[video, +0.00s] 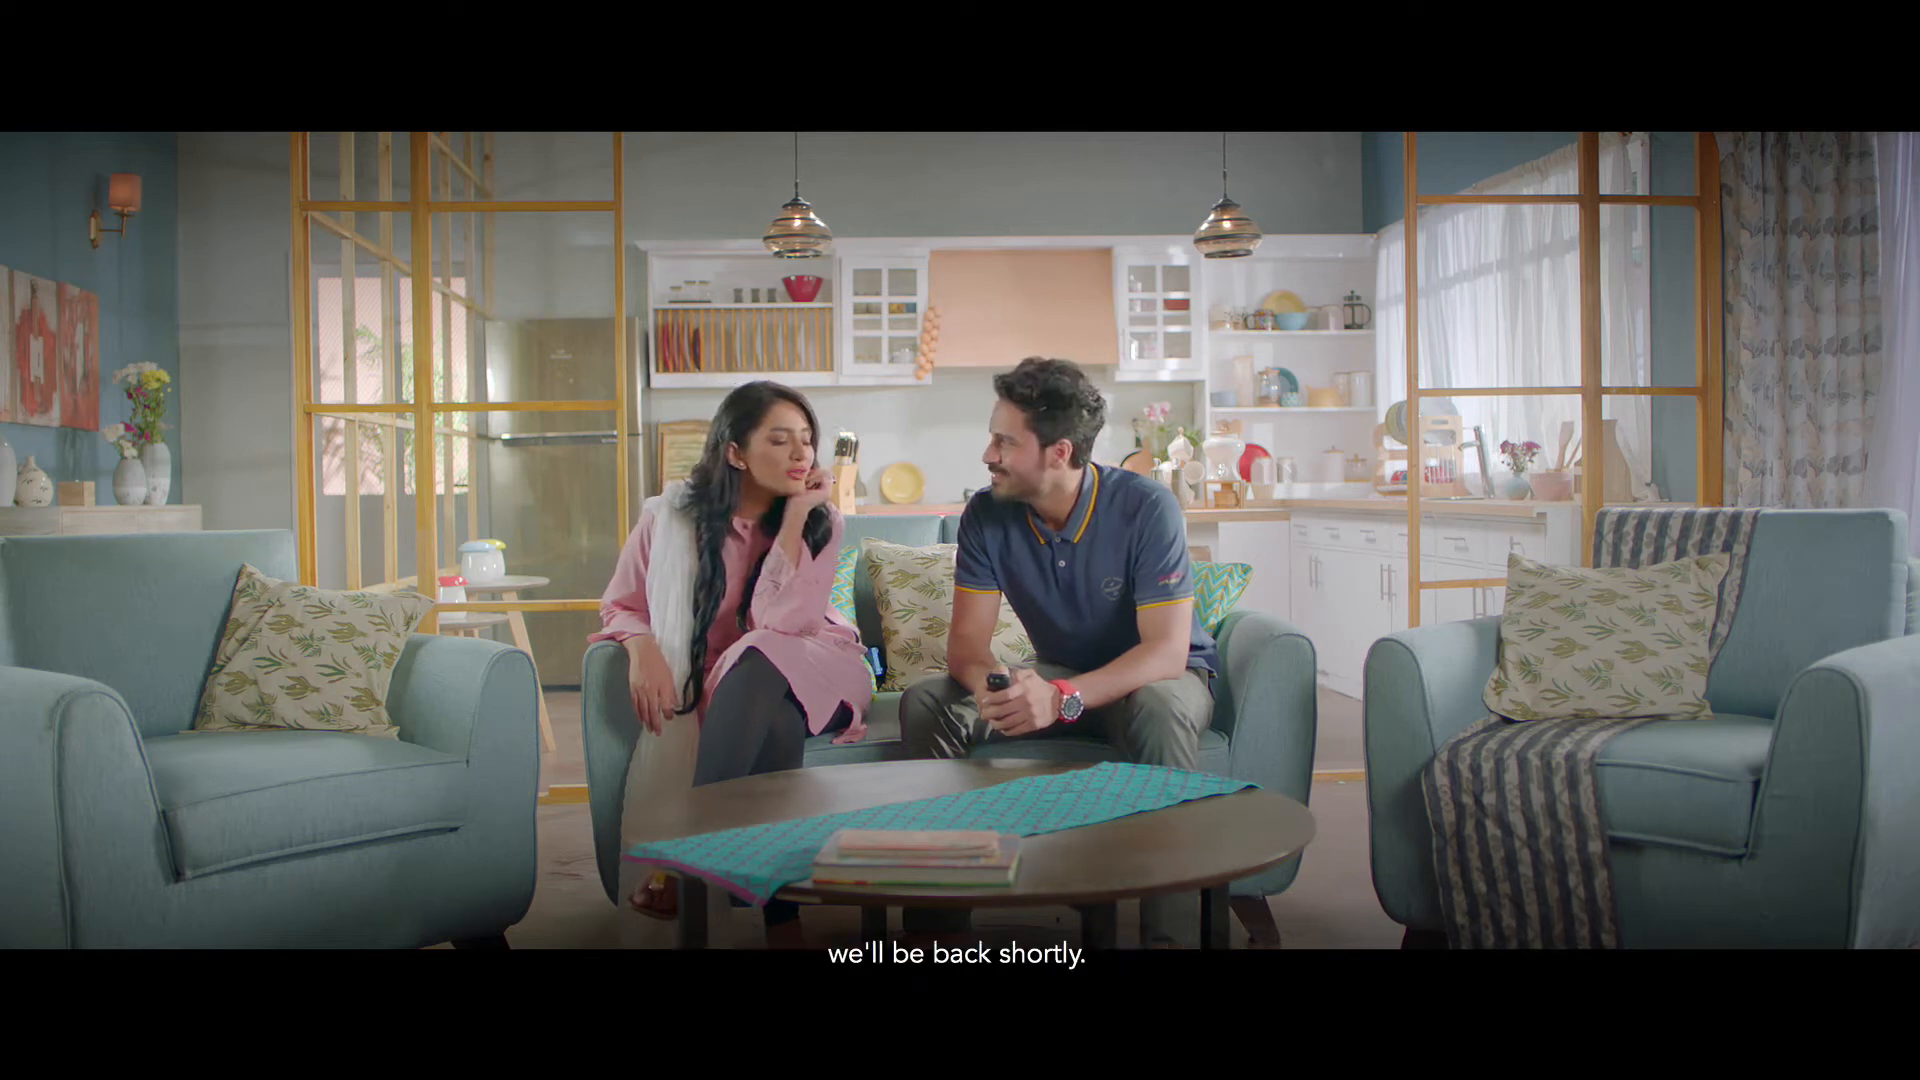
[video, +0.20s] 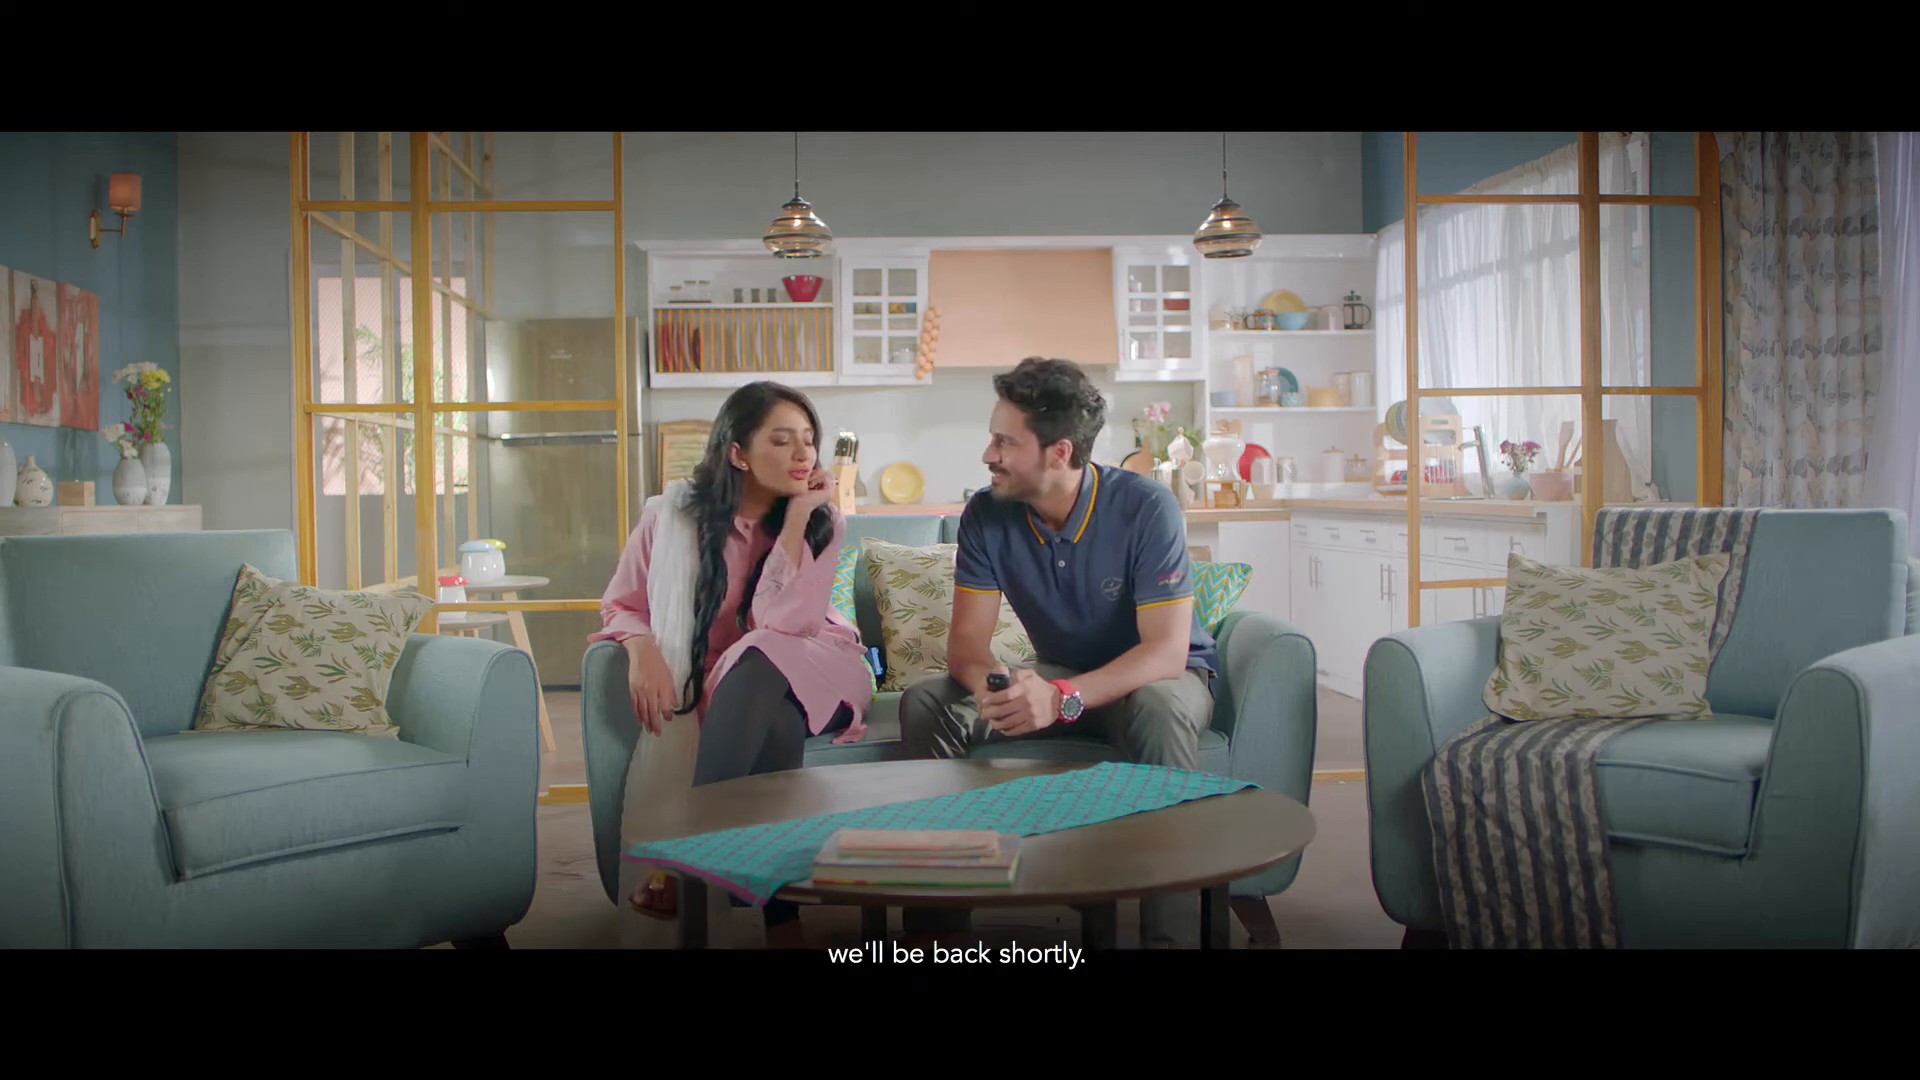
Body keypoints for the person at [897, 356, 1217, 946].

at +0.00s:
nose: (988, 455)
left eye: (1005, 444)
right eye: (992, 439)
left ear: (1059, 453)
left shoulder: (1146, 509)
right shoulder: (987, 516)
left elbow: (1166, 654)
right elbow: (966, 646)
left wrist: (1063, 697)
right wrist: (995, 686)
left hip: (1156, 679)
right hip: (1060, 680)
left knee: (1158, 709)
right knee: (927, 703)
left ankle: (1170, 932)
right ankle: (939, 904)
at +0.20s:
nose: (989, 455)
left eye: (1005, 444)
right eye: (992, 438)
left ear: (1060, 453)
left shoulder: (1146, 509)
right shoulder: (986, 516)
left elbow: (1166, 654)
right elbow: (966, 646)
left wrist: (1063, 697)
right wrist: (995, 687)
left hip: (1156, 679)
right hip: (1060, 680)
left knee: (1158, 709)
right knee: (927, 703)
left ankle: (1170, 932)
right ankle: (939, 904)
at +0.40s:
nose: (990, 456)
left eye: (1007, 444)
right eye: (994, 439)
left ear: (1061, 454)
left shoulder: (1146, 509)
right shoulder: (986, 516)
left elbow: (1166, 654)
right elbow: (966, 646)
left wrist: (1063, 697)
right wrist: (996, 687)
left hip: (1157, 679)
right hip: (1060, 679)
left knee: (1157, 709)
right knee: (926, 704)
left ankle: (1169, 933)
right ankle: (938, 906)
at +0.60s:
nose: (1006, 456)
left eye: (1028, 446)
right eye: (1007, 436)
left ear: (1080, 456)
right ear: (1005, 426)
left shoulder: (1147, 509)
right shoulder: (986, 513)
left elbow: (1165, 654)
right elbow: (966, 658)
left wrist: (1062, 697)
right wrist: (1000, 682)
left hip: (1156, 680)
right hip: (1060, 681)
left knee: (1159, 706)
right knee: (927, 702)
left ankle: (1169, 931)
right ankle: (936, 904)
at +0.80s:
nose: (1007, 458)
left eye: (1026, 448)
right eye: (1009, 439)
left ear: (1081, 459)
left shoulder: (1148, 508)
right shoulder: (986, 512)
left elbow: (1161, 653)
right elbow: (969, 643)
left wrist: (1063, 708)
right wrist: (987, 695)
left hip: (1154, 678)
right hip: (1060, 674)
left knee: (1159, 709)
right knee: (927, 705)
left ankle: (1170, 930)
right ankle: (940, 904)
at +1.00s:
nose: (1002, 459)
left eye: (1019, 449)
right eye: (1006, 441)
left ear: (1073, 462)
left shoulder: (1149, 508)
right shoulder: (989, 514)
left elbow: (1161, 653)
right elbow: (970, 639)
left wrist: (1052, 697)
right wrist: (964, 689)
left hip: (1156, 677)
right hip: (1060, 674)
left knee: (1154, 708)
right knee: (928, 706)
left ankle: (1168, 934)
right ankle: (939, 918)